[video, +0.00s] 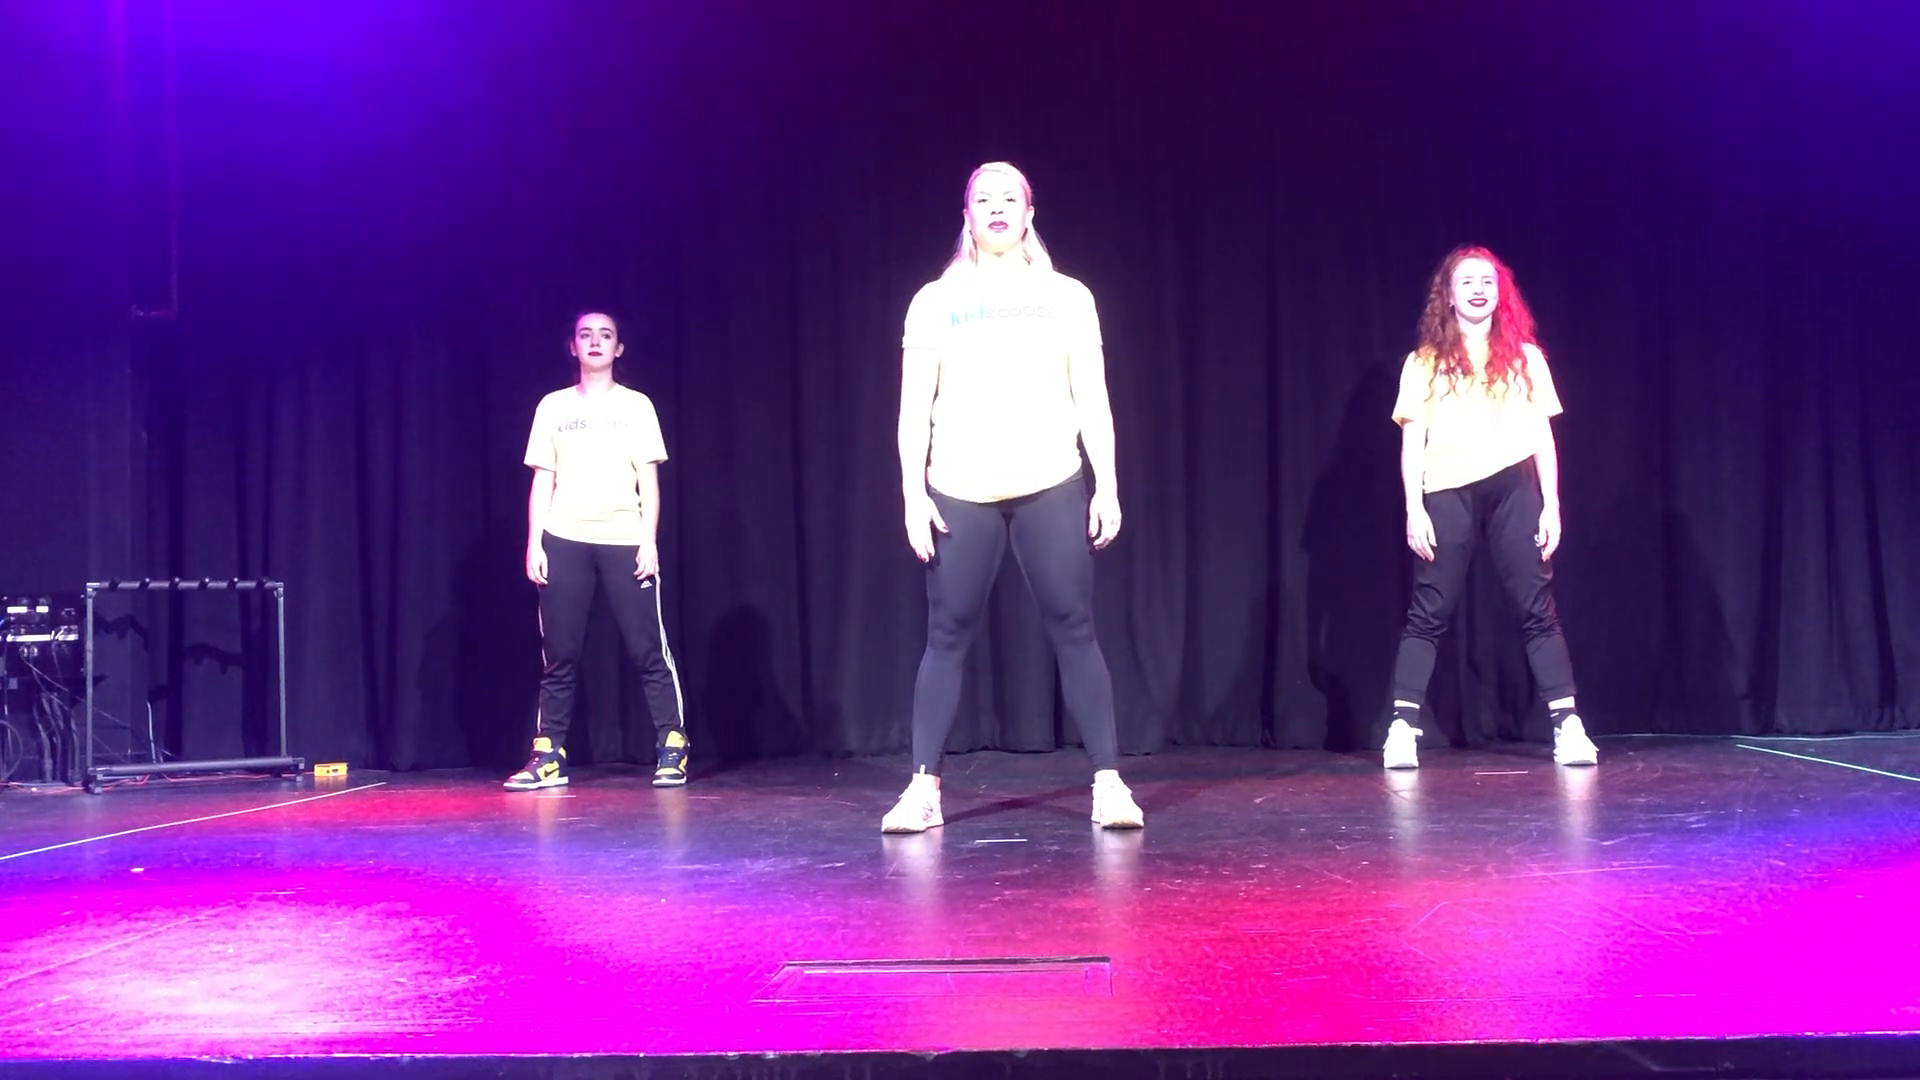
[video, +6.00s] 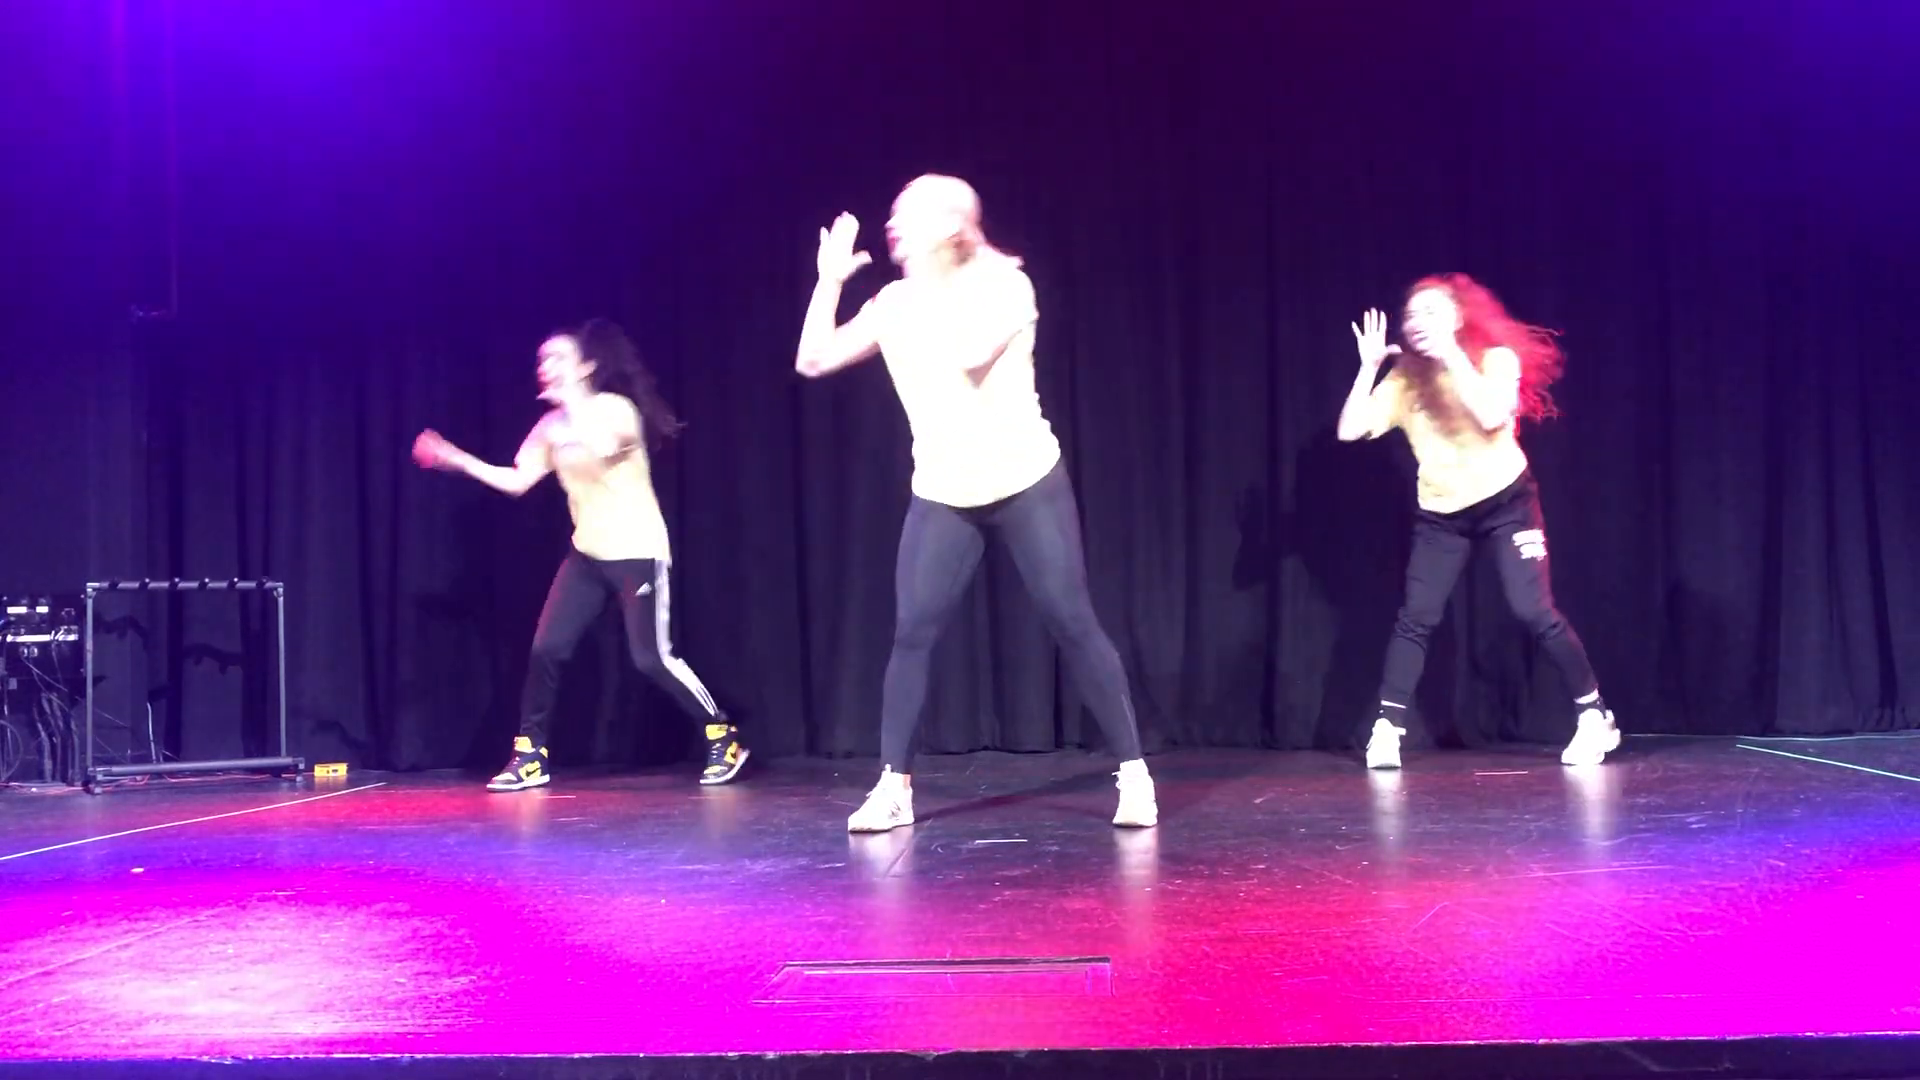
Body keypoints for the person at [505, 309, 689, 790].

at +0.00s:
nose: (595, 342)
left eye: (604, 335)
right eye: (586, 335)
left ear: (618, 348)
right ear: (573, 346)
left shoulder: (637, 405)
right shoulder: (552, 406)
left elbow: (648, 481)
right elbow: (542, 480)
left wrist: (648, 542)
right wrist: (534, 544)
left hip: (625, 543)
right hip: (564, 542)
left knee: (648, 652)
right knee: (558, 655)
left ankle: (672, 747)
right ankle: (549, 756)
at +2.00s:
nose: (499, 368)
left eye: (510, 359)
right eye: (496, 361)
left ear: (536, 369)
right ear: (493, 373)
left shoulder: (560, 411)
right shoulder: (516, 432)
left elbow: (600, 472)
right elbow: (474, 475)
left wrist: (588, 537)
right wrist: (483, 415)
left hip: (615, 541)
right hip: (573, 551)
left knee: (640, 650)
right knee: (542, 647)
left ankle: (711, 743)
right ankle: (548, 757)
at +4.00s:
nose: (554, 473)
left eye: (563, 462)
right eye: (546, 464)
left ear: (584, 463)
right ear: (536, 469)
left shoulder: (617, 491)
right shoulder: (545, 504)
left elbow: (643, 554)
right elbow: (539, 576)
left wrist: (594, 516)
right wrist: (539, 520)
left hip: (658, 566)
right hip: (599, 572)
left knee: (671, 648)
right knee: (561, 656)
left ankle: (683, 753)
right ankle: (518, 757)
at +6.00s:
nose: (545, 368)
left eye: (556, 357)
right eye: (543, 359)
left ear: (587, 364)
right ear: (543, 369)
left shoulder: (615, 410)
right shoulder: (549, 428)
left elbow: (613, 448)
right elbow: (517, 482)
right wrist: (455, 458)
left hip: (640, 552)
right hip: (588, 554)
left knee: (652, 657)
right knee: (547, 649)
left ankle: (723, 738)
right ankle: (531, 758)